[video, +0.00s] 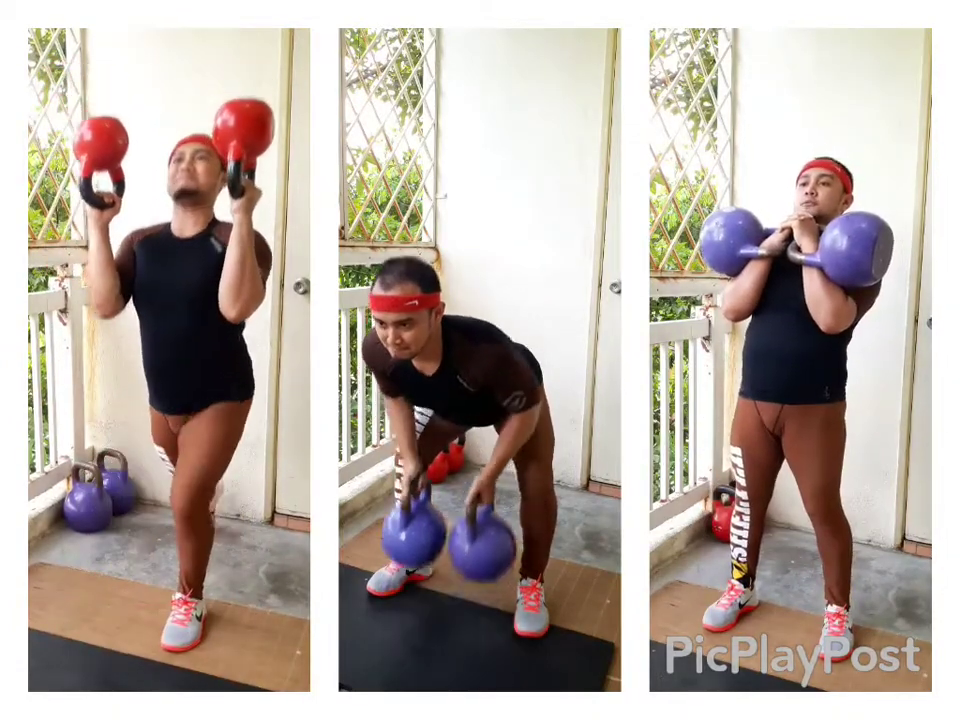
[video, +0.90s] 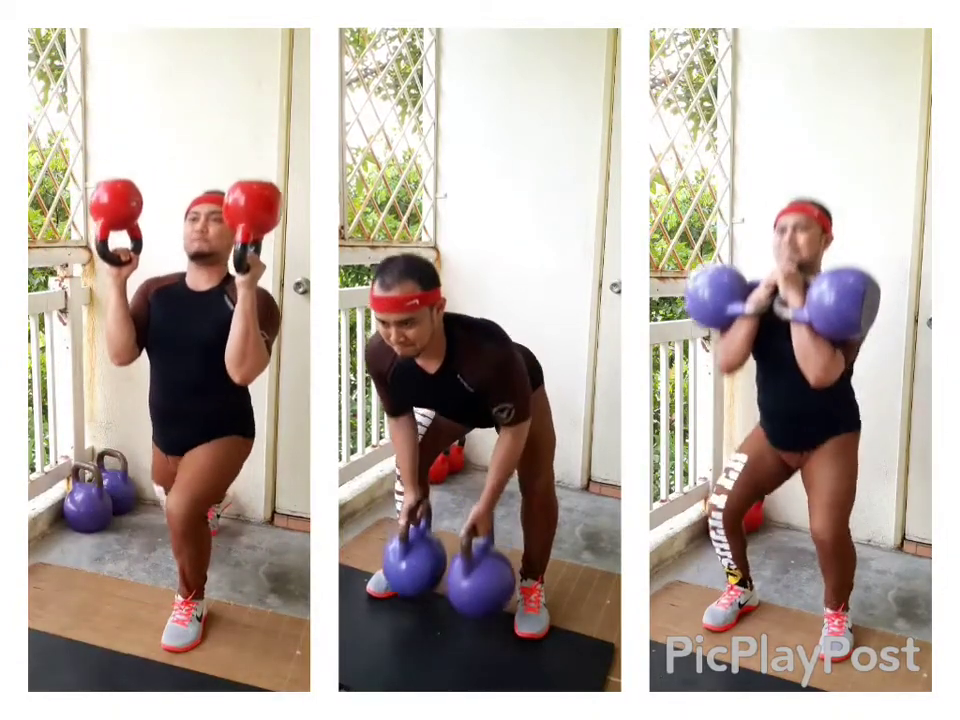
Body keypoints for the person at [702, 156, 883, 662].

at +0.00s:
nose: (808, 190)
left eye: (822, 183)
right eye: (803, 183)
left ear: (847, 200)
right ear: (793, 197)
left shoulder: (855, 262)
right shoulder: (769, 249)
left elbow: (832, 319)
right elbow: (731, 309)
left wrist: (808, 248)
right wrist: (769, 248)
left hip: (814, 407)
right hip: (753, 400)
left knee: (824, 513)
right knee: (749, 501)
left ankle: (837, 610)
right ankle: (740, 587)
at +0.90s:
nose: (789, 238)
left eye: (802, 230)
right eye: (782, 230)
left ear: (825, 241)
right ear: (773, 239)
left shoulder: (840, 302)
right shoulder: (757, 296)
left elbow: (822, 374)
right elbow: (727, 362)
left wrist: (795, 302)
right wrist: (756, 305)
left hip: (830, 438)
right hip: (773, 434)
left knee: (828, 533)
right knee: (727, 510)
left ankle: (835, 613)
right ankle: (740, 587)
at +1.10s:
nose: (787, 297)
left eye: (800, 288)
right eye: (780, 288)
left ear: (821, 299)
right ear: (770, 298)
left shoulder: (836, 356)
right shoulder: (753, 352)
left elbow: (821, 436)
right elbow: (726, 421)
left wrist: (793, 367)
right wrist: (753, 371)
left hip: (832, 472)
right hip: (775, 469)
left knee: (827, 545)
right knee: (718, 521)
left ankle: (836, 616)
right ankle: (740, 588)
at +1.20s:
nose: (786, 324)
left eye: (799, 315)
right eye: (779, 315)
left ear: (821, 324)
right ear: (770, 323)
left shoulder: (834, 381)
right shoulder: (752, 376)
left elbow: (822, 463)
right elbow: (725, 447)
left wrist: (792, 395)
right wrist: (752, 398)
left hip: (830, 494)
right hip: (773, 491)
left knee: (828, 550)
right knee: (716, 525)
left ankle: (835, 617)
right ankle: (740, 589)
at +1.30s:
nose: (786, 347)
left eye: (798, 338)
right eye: (778, 338)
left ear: (821, 347)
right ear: (770, 346)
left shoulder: (834, 405)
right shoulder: (753, 397)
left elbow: (822, 488)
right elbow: (725, 471)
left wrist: (792, 418)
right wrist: (755, 417)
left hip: (827, 515)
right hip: (772, 512)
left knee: (827, 554)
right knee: (715, 531)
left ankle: (835, 616)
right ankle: (740, 590)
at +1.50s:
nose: (786, 367)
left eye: (799, 358)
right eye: (779, 358)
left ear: (821, 367)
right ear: (771, 365)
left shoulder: (834, 424)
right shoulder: (751, 416)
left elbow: (820, 510)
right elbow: (724, 493)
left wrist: (792, 443)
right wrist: (749, 444)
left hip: (819, 540)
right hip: (766, 535)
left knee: (826, 559)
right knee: (713, 538)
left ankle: (835, 618)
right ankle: (740, 591)